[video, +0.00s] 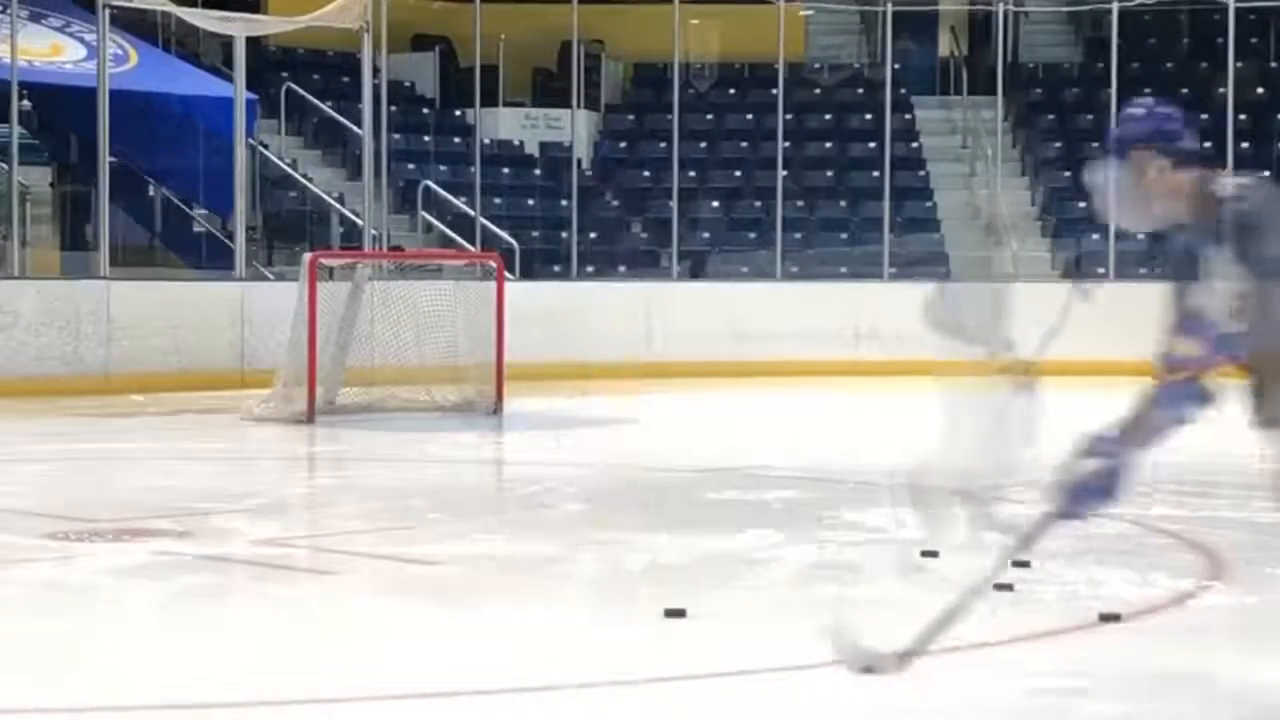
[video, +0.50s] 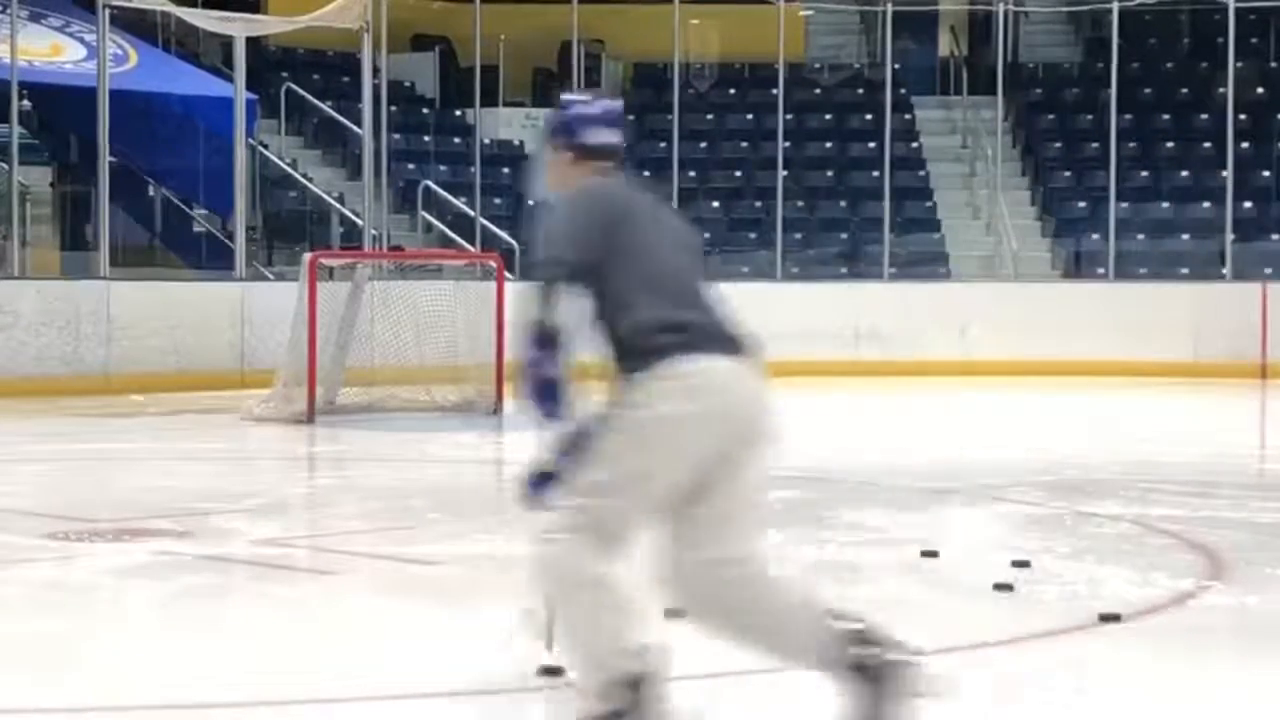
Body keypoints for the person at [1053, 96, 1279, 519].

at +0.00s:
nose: (1130, 185)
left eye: (1135, 170)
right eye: (1129, 171)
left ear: (1157, 162)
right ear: (1152, 163)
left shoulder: (1256, 211)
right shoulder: (1196, 248)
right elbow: (1184, 383)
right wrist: (1116, 451)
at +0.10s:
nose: (1035, 195)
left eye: (1039, 177)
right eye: (1033, 179)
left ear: (1071, 172)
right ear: (1066, 174)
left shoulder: (1153, 210)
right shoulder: (1097, 244)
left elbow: (1161, 331)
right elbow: (1104, 375)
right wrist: (1034, 451)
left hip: (1255, 389)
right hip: (1211, 404)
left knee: (1249, 548)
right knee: (1221, 549)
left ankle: (1262, 684)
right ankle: (1256, 684)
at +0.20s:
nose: (928, 196)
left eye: (933, 178)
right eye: (926, 180)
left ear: (965, 173)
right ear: (972, 174)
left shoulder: (1013, 212)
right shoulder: (1012, 221)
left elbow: (1038, 313)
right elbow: (1000, 384)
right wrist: (928, 457)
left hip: (1140, 386)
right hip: (1158, 387)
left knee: (1039, 512)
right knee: (1128, 554)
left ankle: (1089, 689)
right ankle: (1225, 693)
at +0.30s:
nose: (798, 185)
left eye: (803, 167)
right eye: (797, 168)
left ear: (833, 163)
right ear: (854, 162)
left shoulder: (873, 207)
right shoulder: (895, 216)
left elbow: (894, 314)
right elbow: (880, 362)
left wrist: (865, 357)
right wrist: (811, 454)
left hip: (978, 393)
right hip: (1026, 390)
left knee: (871, 524)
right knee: (1011, 567)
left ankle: (936, 689)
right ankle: (1115, 696)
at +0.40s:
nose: (664, 174)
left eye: (672, 159)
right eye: (665, 160)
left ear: (702, 160)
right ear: (730, 159)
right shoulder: (770, 210)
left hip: (822, 392)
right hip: (876, 389)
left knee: (716, 544)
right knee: (871, 571)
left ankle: (785, 692)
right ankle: (1007, 683)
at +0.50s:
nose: (546, 168)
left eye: (551, 155)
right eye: (549, 155)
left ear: (569, 154)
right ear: (612, 154)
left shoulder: (578, 204)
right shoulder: (656, 213)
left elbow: (545, 326)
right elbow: (660, 366)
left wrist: (552, 419)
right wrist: (574, 452)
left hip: (679, 385)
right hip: (742, 386)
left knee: (573, 534)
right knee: (708, 569)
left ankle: (623, 687)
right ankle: (859, 654)